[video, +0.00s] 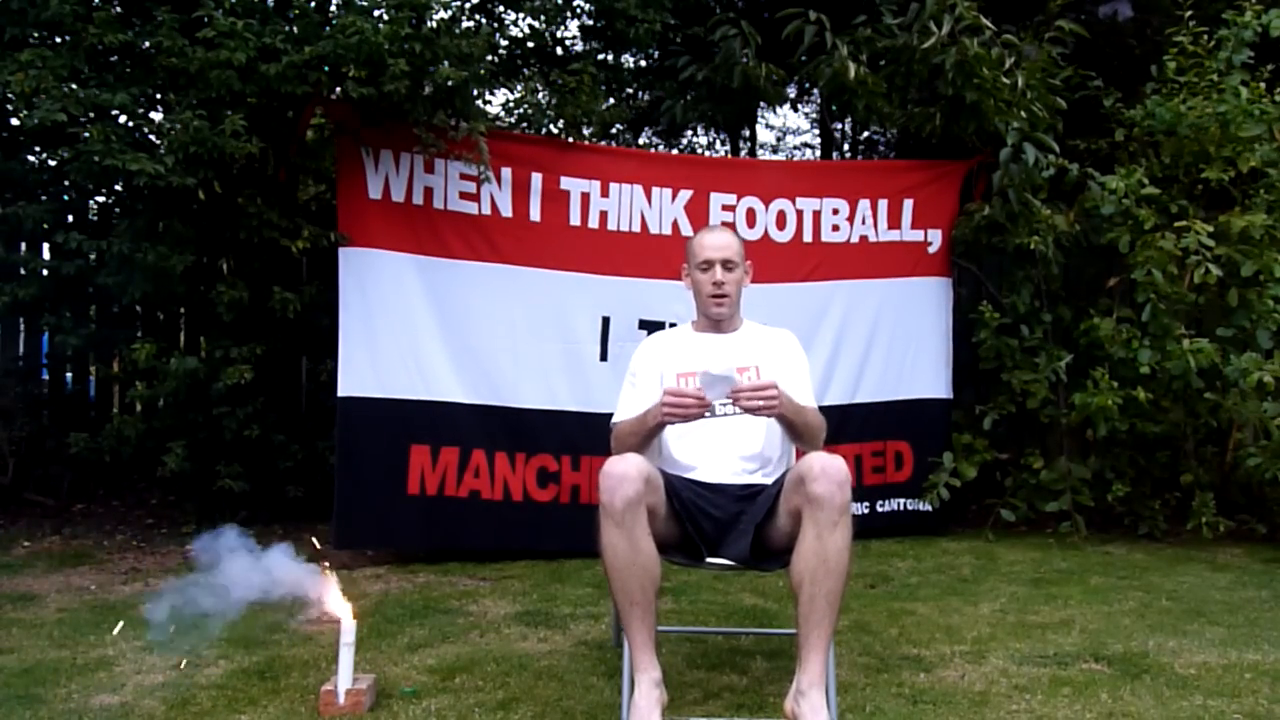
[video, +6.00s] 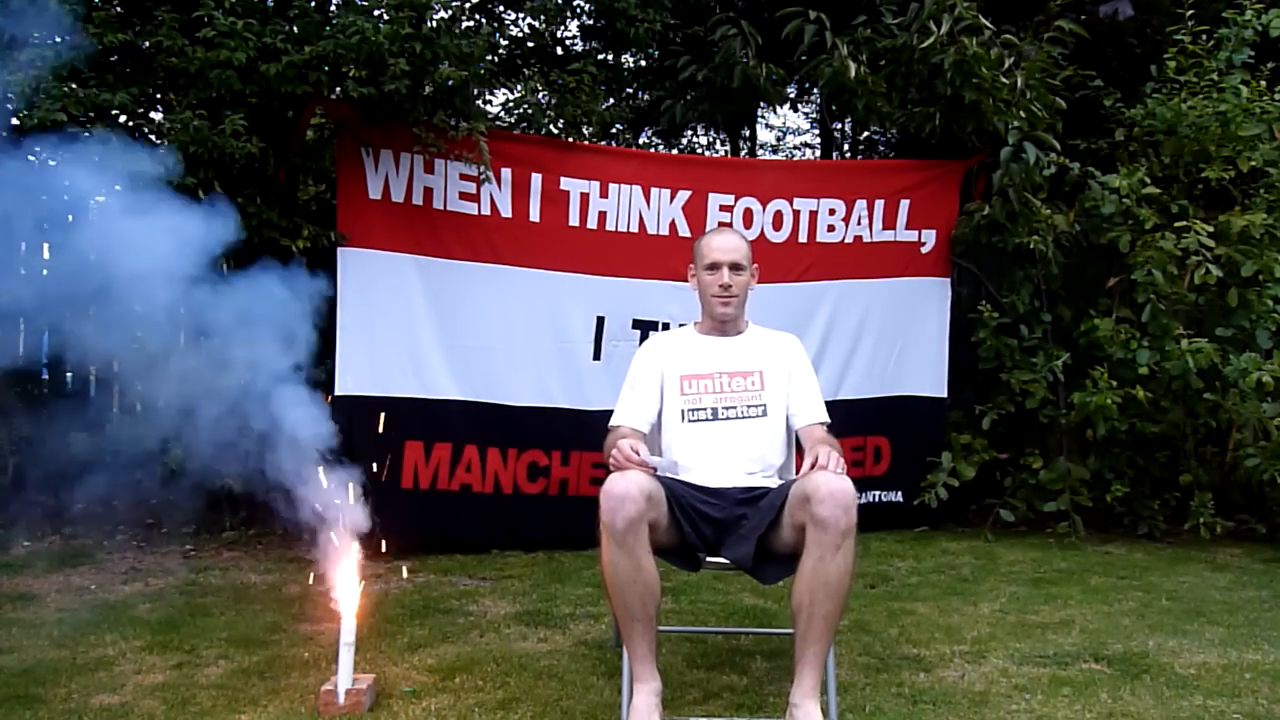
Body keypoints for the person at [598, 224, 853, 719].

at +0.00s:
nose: (718, 278)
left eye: (729, 267)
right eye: (705, 268)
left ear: (746, 275)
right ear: (687, 278)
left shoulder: (781, 345)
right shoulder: (655, 348)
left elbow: (814, 438)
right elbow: (619, 445)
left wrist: (782, 405)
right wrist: (656, 416)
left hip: (766, 505)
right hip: (677, 503)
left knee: (830, 473)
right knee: (618, 475)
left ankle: (810, 687)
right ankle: (646, 678)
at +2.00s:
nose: (689, 295)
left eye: (701, 281)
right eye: (683, 282)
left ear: (739, 279)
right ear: (678, 283)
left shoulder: (783, 349)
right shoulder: (660, 351)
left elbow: (813, 435)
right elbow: (615, 442)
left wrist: (825, 446)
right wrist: (632, 445)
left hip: (767, 504)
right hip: (679, 503)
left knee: (838, 477)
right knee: (615, 486)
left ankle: (812, 689)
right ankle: (643, 683)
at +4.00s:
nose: (685, 299)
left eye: (696, 285)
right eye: (679, 287)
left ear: (735, 279)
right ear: (674, 286)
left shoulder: (782, 350)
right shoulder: (659, 352)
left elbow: (812, 437)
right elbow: (616, 442)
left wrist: (823, 446)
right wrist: (635, 445)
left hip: (768, 505)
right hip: (680, 503)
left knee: (836, 477)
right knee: (617, 485)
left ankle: (812, 690)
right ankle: (642, 682)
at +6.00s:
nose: (725, 280)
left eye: (737, 269)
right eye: (713, 269)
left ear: (753, 277)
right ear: (693, 277)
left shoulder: (785, 348)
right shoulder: (660, 349)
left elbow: (814, 433)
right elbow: (623, 434)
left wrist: (824, 448)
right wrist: (623, 446)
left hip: (767, 502)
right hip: (680, 499)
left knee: (835, 494)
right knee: (619, 492)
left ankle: (806, 697)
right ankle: (645, 687)